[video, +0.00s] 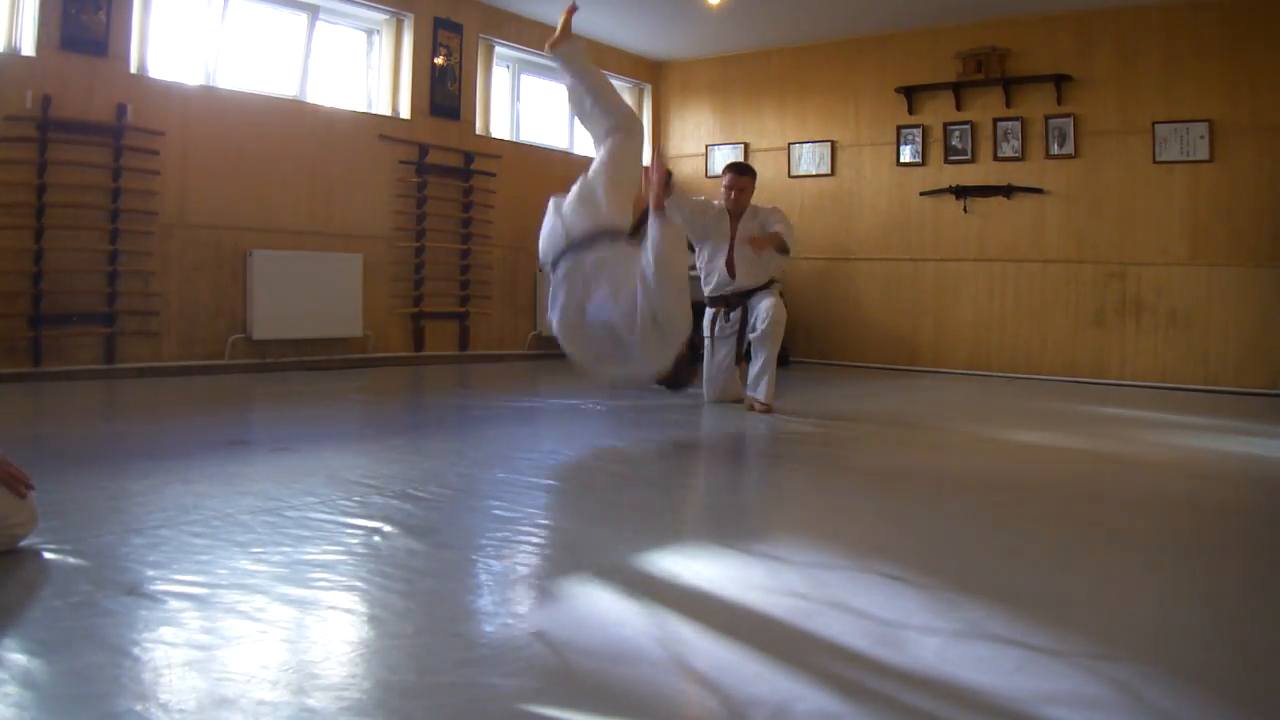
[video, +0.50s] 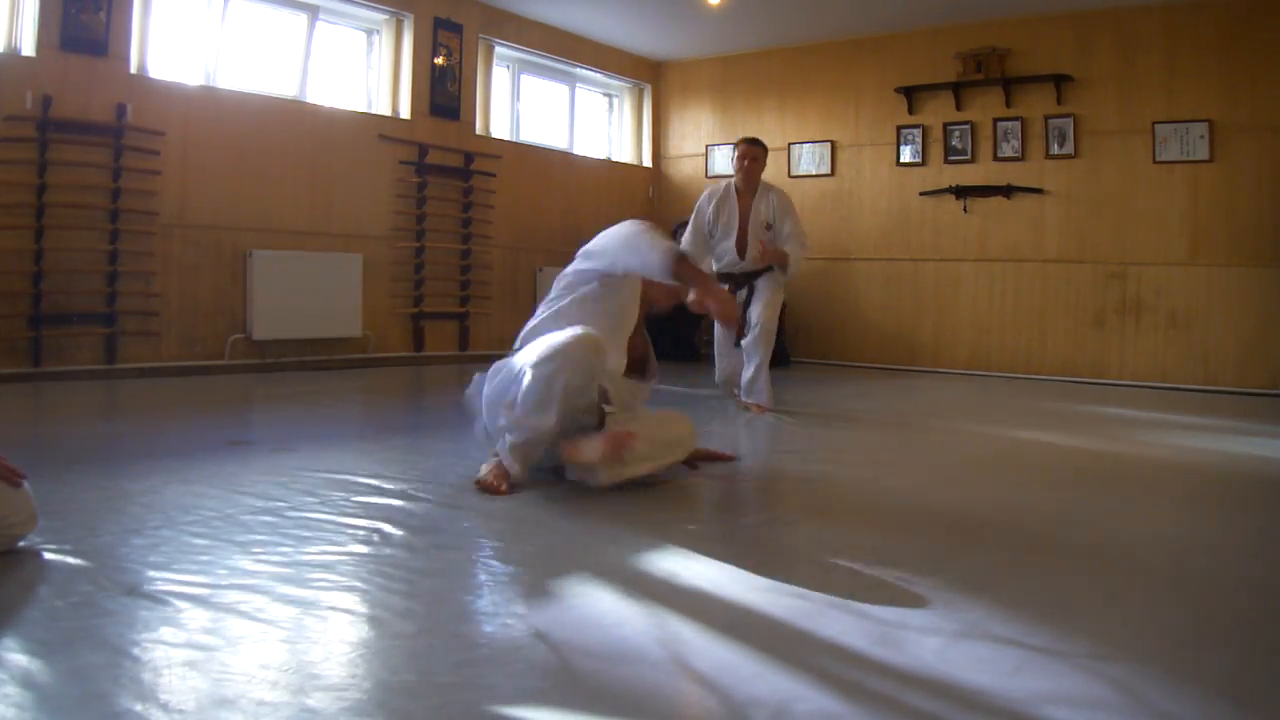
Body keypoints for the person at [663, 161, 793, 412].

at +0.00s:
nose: (733, 196)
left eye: (741, 190)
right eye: (728, 189)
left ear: (752, 191)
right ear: (721, 188)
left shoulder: (767, 216)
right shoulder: (706, 214)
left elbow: (785, 238)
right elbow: (678, 204)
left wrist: (767, 241)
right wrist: (663, 188)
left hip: (758, 297)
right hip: (719, 305)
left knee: (772, 311)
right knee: (715, 393)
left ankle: (759, 394)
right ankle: (744, 384)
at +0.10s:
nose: (735, 192)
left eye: (743, 187)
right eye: (730, 185)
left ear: (754, 190)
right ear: (722, 185)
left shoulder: (766, 215)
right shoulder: (708, 213)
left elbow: (785, 239)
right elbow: (677, 208)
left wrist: (767, 223)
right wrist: (679, 187)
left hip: (758, 296)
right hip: (720, 303)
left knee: (771, 314)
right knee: (715, 393)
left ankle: (756, 391)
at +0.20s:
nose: (741, 190)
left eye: (749, 185)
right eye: (737, 183)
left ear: (759, 191)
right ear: (728, 185)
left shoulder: (769, 217)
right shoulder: (709, 214)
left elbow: (793, 240)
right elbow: (661, 223)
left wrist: (774, 230)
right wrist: (688, 215)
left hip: (761, 296)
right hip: (721, 302)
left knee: (769, 320)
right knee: (715, 392)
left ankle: (756, 395)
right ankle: (739, 391)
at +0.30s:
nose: (746, 185)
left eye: (754, 181)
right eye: (742, 178)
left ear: (763, 187)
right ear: (732, 181)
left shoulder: (777, 217)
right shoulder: (712, 212)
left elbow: (817, 246)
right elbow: (662, 227)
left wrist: (785, 247)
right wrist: (680, 250)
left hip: (762, 293)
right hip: (722, 297)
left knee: (767, 318)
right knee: (720, 391)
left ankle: (754, 396)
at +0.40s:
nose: (747, 177)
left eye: (755, 172)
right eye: (743, 170)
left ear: (764, 178)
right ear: (734, 173)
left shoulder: (778, 212)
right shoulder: (712, 208)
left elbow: (816, 256)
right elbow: (679, 240)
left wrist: (795, 264)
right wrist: (679, 287)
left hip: (764, 287)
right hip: (723, 291)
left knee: (764, 326)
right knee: (724, 388)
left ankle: (755, 396)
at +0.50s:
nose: (745, 164)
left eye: (753, 160)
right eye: (741, 158)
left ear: (763, 165)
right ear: (734, 162)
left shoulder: (776, 199)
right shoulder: (713, 198)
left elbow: (796, 251)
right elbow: (691, 248)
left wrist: (778, 256)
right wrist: (695, 286)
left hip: (766, 274)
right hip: (725, 276)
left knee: (763, 320)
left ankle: (754, 394)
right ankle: (735, 386)